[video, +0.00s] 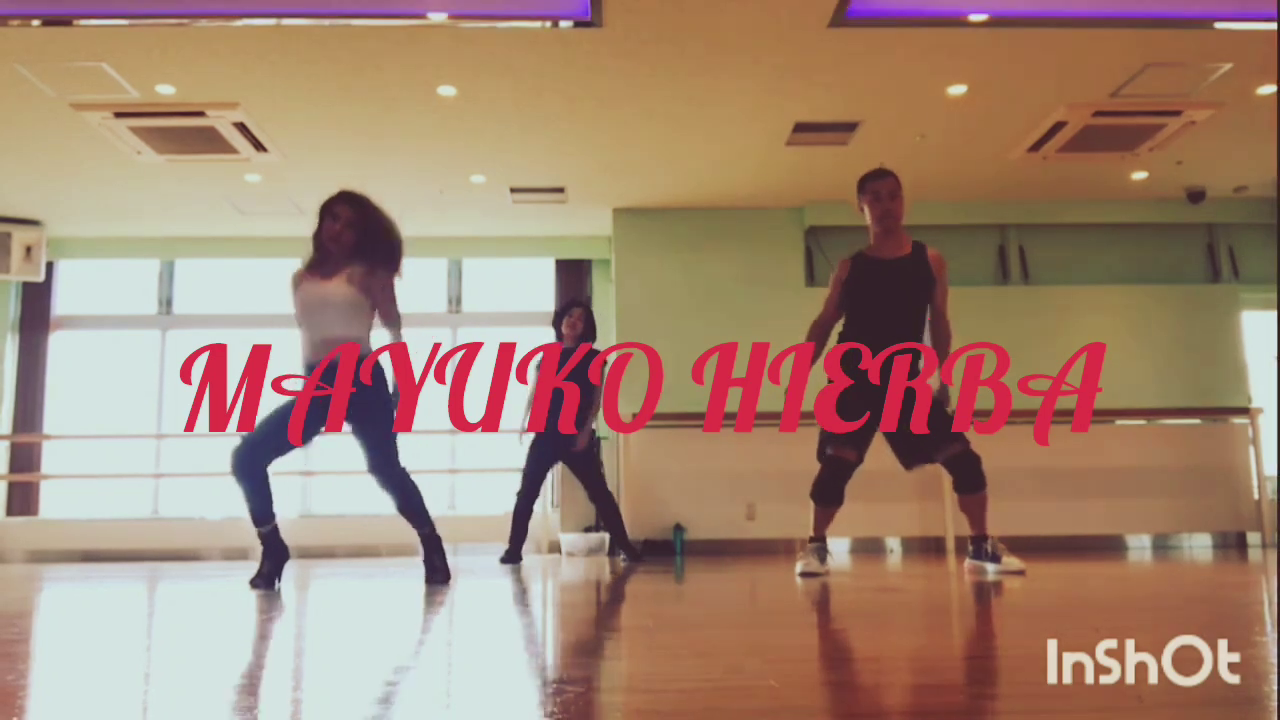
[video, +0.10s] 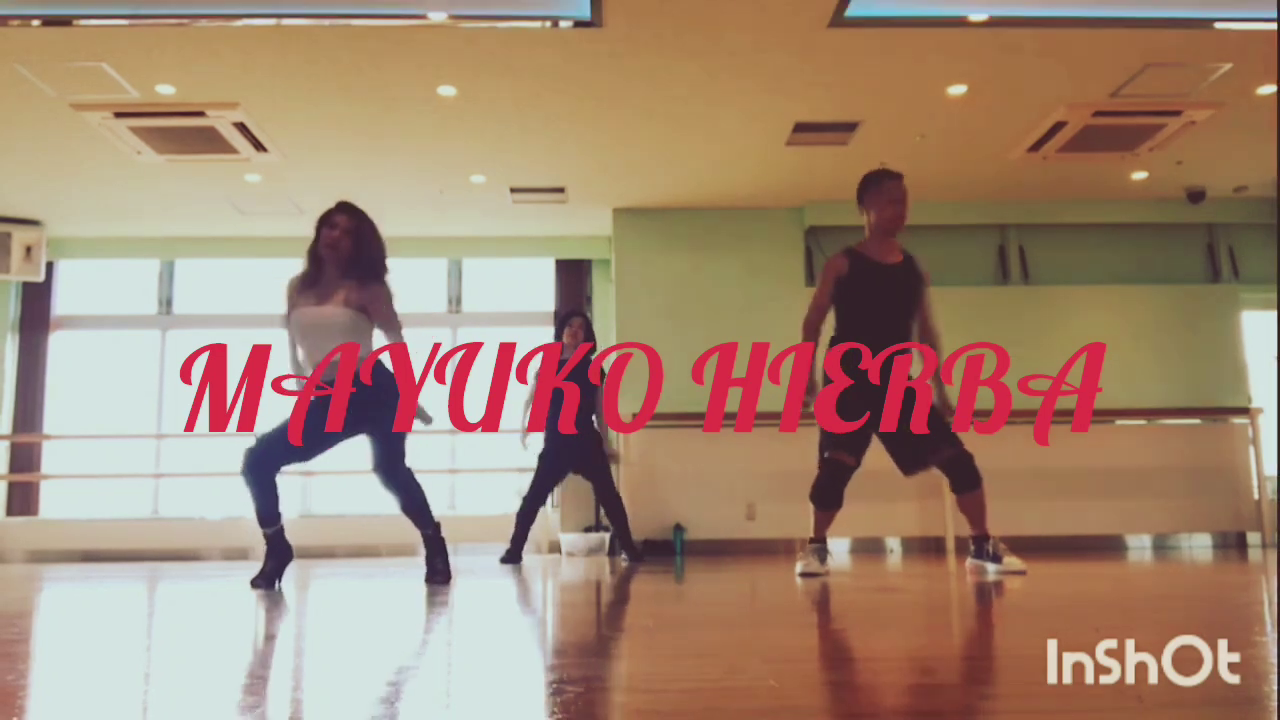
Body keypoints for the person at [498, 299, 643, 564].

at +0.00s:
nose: (573, 322)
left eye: (580, 320)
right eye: (570, 317)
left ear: (586, 327)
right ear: (561, 321)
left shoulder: (593, 357)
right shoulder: (549, 353)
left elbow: (597, 398)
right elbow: (535, 390)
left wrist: (587, 428)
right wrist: (527, 419)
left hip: (577, 436)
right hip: (546, 435)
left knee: (599, 494)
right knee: (527, 493)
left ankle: (624, 545)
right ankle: (514, 549)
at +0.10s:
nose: (574, 332)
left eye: (580, 329)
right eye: (571, 327)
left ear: (586, 335)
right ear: (562, 330)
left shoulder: (593, 367)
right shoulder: (549, 363)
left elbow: (601, 409)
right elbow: (532, 395)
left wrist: (607, 444)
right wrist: (526, 423)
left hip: (587, 444)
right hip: (556, 444)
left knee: (609, 496)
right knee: (534, 498)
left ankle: (628, 546)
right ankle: (514, 550)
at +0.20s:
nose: (575, 330)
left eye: (580, 327)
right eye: (571, 325)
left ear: (585, 334)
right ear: (561, 329)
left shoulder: (587, 368)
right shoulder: (544, 364)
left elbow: (604, 406)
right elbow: (516, 392)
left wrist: (631, 430)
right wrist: (526, 413)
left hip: (585, 442)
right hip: (555, 442)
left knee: (609, 492)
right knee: (540, 499)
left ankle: (628, 545)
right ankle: (516, 550)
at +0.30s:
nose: (576, 322)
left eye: (579, 318)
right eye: (571, 317)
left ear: (582, 324)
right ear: (558, 319)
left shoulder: (577, 353)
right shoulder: (545, 350)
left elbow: (576, 389)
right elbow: (535, 379)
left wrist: (607, 399)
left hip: (574, 431)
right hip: (546, 432)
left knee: (602, 490)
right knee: (539, 494)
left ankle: (627, 545)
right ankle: (516, 551)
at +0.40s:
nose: (573, 317)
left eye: (577, 313)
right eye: (569, 311)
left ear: (578, 316)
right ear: (555, 311)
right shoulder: (552, 345)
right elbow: (559, 378)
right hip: (551, 427)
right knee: (537, 490)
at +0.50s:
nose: (573, 319)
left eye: (575, 314)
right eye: (568, 313)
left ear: (575, 317)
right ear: (555, 313)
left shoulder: (570, 346)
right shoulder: (548, 343)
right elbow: (550, 376)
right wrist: (577, 355)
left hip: (567, 428)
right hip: (544, 427)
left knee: (580, 481)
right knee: (538, 489)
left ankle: (569, 536)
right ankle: (515, 551)